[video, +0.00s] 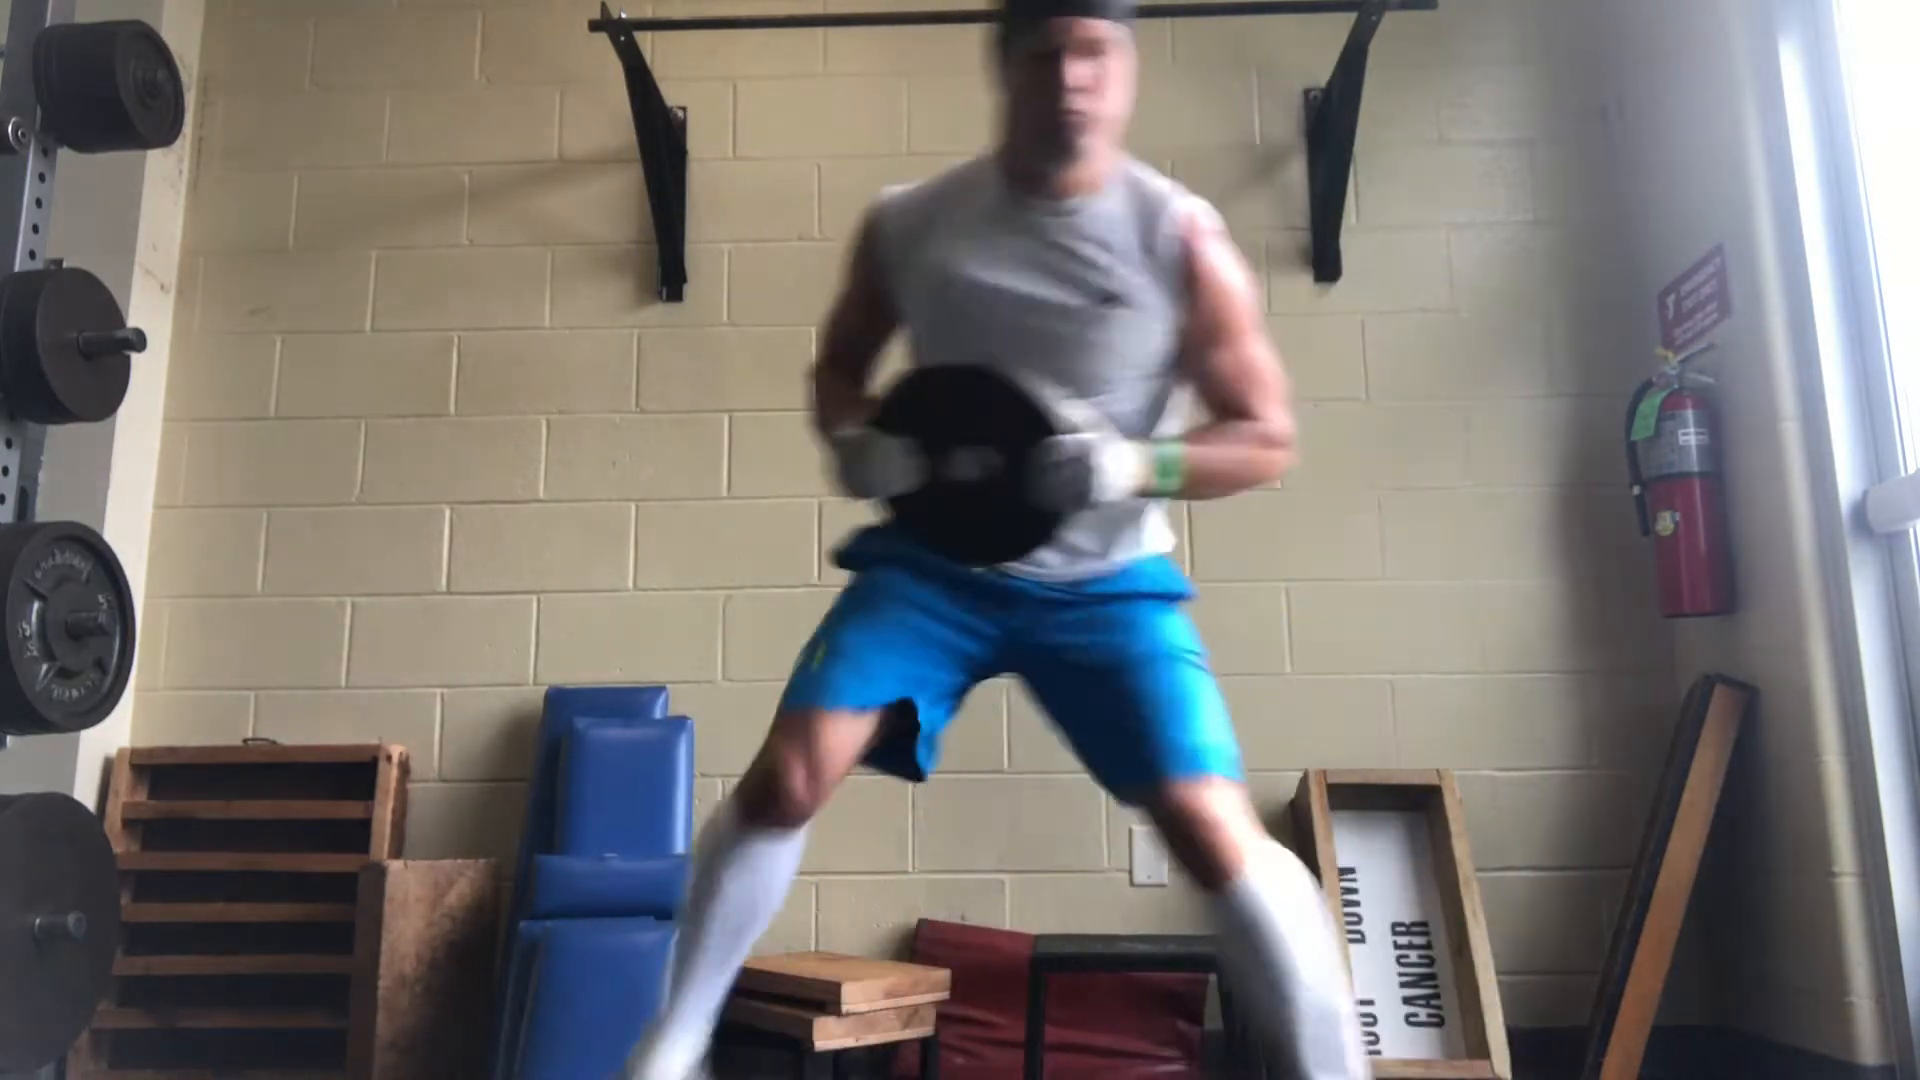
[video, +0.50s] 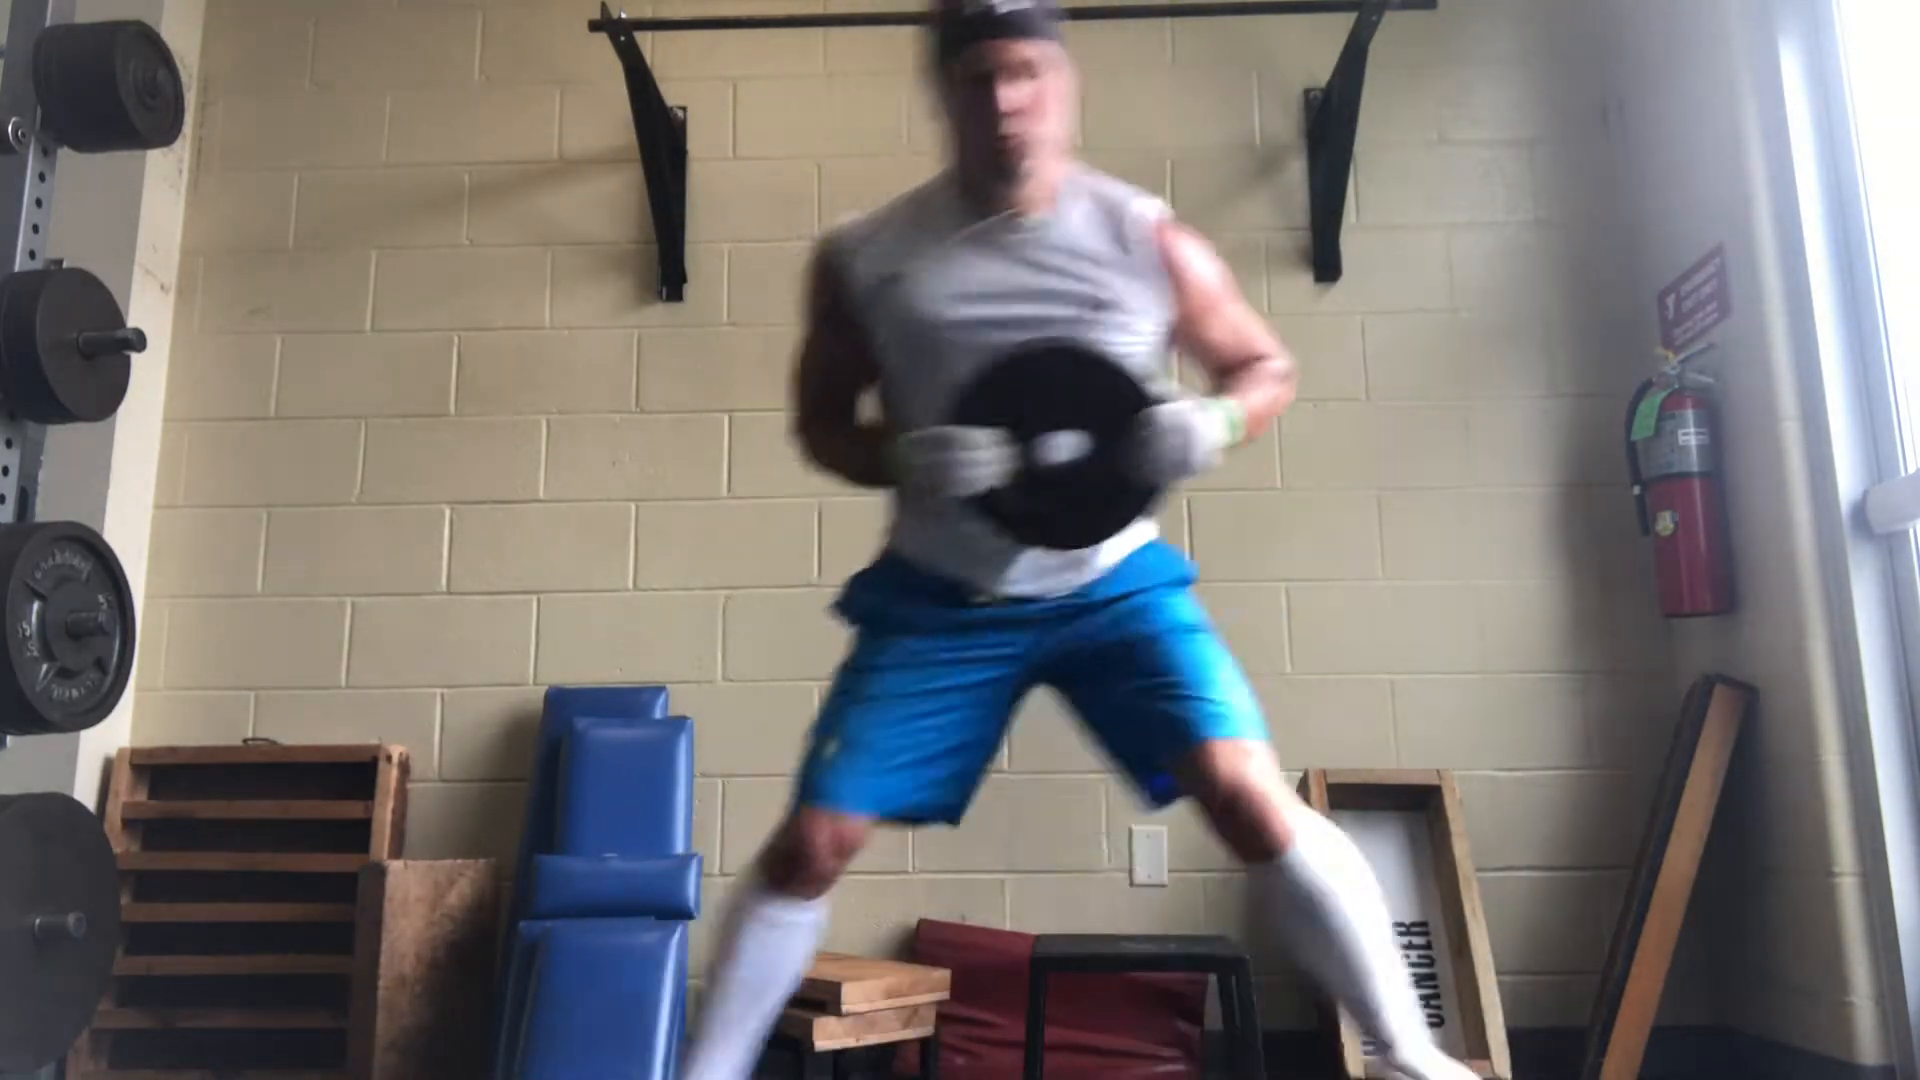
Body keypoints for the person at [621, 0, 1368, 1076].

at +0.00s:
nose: (1070, 79)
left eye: (1094, 52)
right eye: (1042, 54)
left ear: (1129, 70)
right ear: (1001, 72)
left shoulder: (1179, 234)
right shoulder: (910, 228)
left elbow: (1267, 438)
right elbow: (838, 370)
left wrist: (1132, 462)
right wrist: (858, 446)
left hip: (1110, 585)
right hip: (932, 571)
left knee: (1207, 825)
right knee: (787, 777)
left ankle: (1340, 1074)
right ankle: (668, 1058)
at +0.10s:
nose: (958, 116)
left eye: (981, 88)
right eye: (931, 92)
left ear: (1018, 102)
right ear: (892, 110)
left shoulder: (1083, 265)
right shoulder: (816, 276)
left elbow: (1172, 468)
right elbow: (772, 431)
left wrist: (1039, 503)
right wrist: (777, 503)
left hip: (1029, 614)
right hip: (862, 611)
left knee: (1081, 853)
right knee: (742, 867)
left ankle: (1051, 1035)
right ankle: (635, 1077)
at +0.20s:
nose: (857, 164)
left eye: (881, 136)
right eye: (830, 141)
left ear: (917, 149)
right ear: (795, 163)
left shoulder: (1008, 311)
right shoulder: (745, 346)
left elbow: (1122, 486)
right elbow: (727, 499)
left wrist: (1011, 555)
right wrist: (731, 575)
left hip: (974, 656)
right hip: (814, 657)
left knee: (937, 894)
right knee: (695, 883)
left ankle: (856, 987)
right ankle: (625, 1076)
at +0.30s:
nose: (830, 176)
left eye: (852, 147)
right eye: (802, 153)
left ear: (889, 161)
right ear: (767, 180)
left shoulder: (990, 313)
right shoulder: (729, 363)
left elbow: (1128, 472)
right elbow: (723, 512)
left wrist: (1025, 547)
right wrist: (747, 581)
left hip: (971, 665)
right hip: (808, 668)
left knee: (960, 900)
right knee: (689, 886)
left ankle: (995, 979)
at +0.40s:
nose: (886, 145)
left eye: (907, 119)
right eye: (859, 124)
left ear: (945, 132)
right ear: (826, 147)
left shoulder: (1037, 278)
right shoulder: (770, 323)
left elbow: (1187, 415)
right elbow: (754, 485)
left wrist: (1104, 483)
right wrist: (813, 520)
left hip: (1033, 635)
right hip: (857, 647)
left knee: (1132, 847)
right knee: (736, 879)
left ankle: (1196, 1005)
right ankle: (632, 1076)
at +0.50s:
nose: (1006, 104)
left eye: (1027, 76)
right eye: (980, 82)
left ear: (1067, 90)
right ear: (944, 101)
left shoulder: (1145, 241)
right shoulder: (863, 262)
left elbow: (1268, 368)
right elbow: (822, 427)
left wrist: (1217, 419)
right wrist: (899, 461)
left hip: (1121, 588)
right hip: (941, 603)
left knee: (1246, 795)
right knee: (813, 841)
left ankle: (1412, 1053)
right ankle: (703, 1070)